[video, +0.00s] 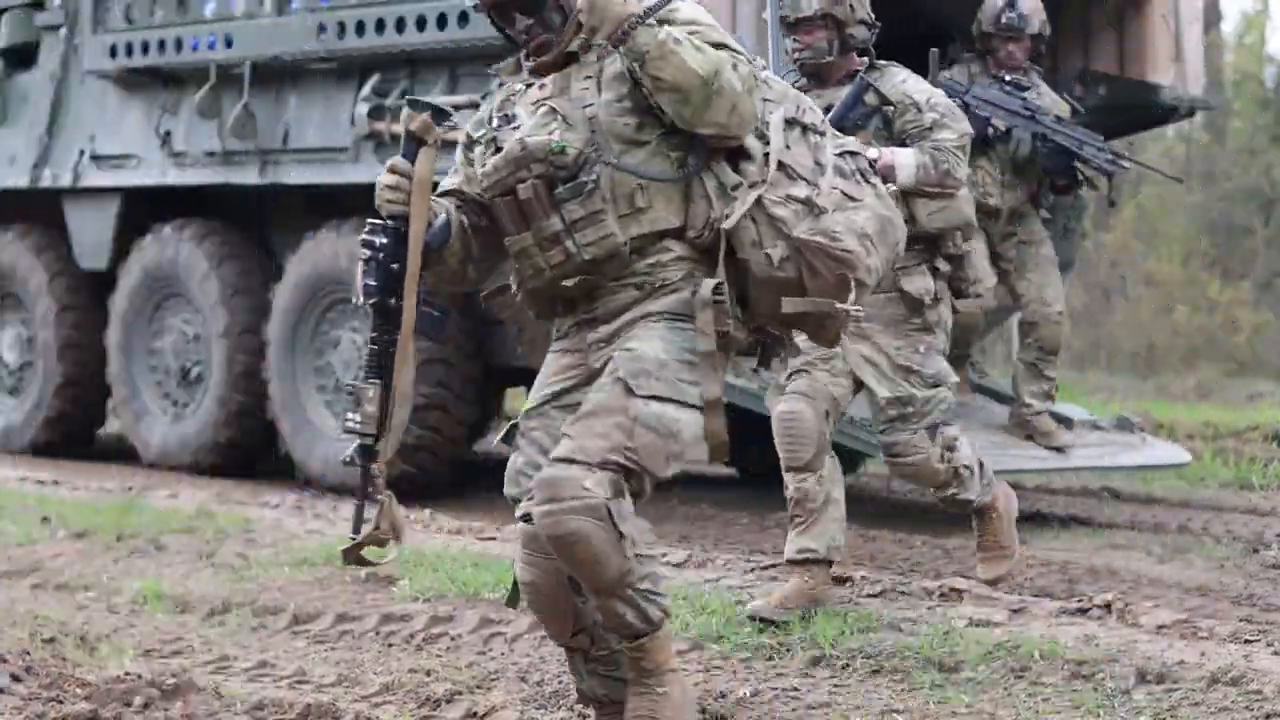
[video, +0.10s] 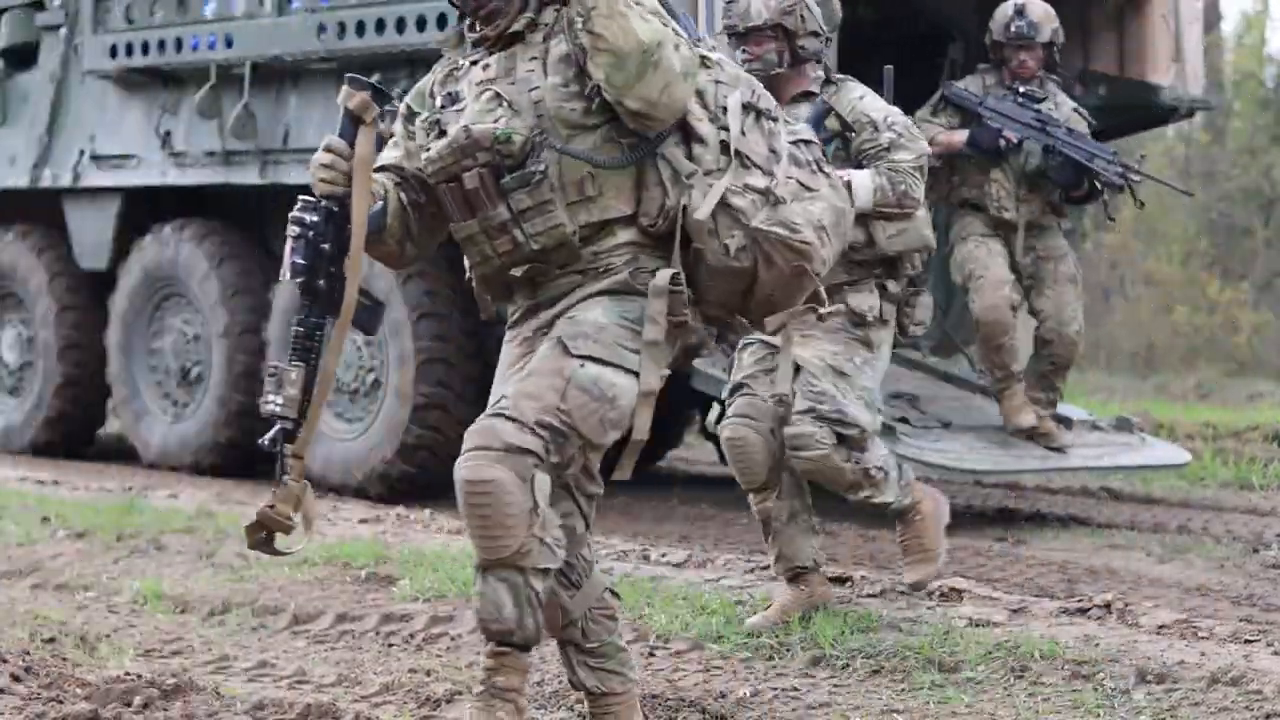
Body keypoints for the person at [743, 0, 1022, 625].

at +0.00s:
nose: (796, 40)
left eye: (808, 28)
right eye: (791, 30)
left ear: (848, 34)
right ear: (790, 38)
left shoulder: (895, 88)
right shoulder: (785, 103)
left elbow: (951, 157)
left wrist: (882, 163)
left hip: (900, 297)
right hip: (820, 300)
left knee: (911, 451)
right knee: (796, 419)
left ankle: (992, 499)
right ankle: (811, 568)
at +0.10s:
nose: (750, 52)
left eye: (762, 39)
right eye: (743, 41)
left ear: (802, 41)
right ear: (736, 47)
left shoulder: (855, 105)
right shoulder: (740, 113)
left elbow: (906, 184)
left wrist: (816, 193)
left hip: (852, 301)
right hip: (773, 304)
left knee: (814, 440)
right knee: (746, 435)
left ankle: (917, 500)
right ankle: (805, 581)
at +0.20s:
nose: (706, 58)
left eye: (717, 44)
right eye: (698, 47)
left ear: (756, 43)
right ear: (691, 53)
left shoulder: (807, 106)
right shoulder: (701, 116)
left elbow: (863, 188)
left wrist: (776, 193)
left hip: (802, 296)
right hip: (734, 299)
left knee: (735, 429)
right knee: (710, 452)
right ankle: (804, 571)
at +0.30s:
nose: (654, 42)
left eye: (669, 27)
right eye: (647, 29)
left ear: (709, 35)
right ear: (642, 41)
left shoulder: (755, 100)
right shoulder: (648, 108)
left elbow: (813, 183)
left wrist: (734, 186)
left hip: (750, 301)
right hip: (677, 301)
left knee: (681, 450)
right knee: (697, 464)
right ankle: (803, 576)